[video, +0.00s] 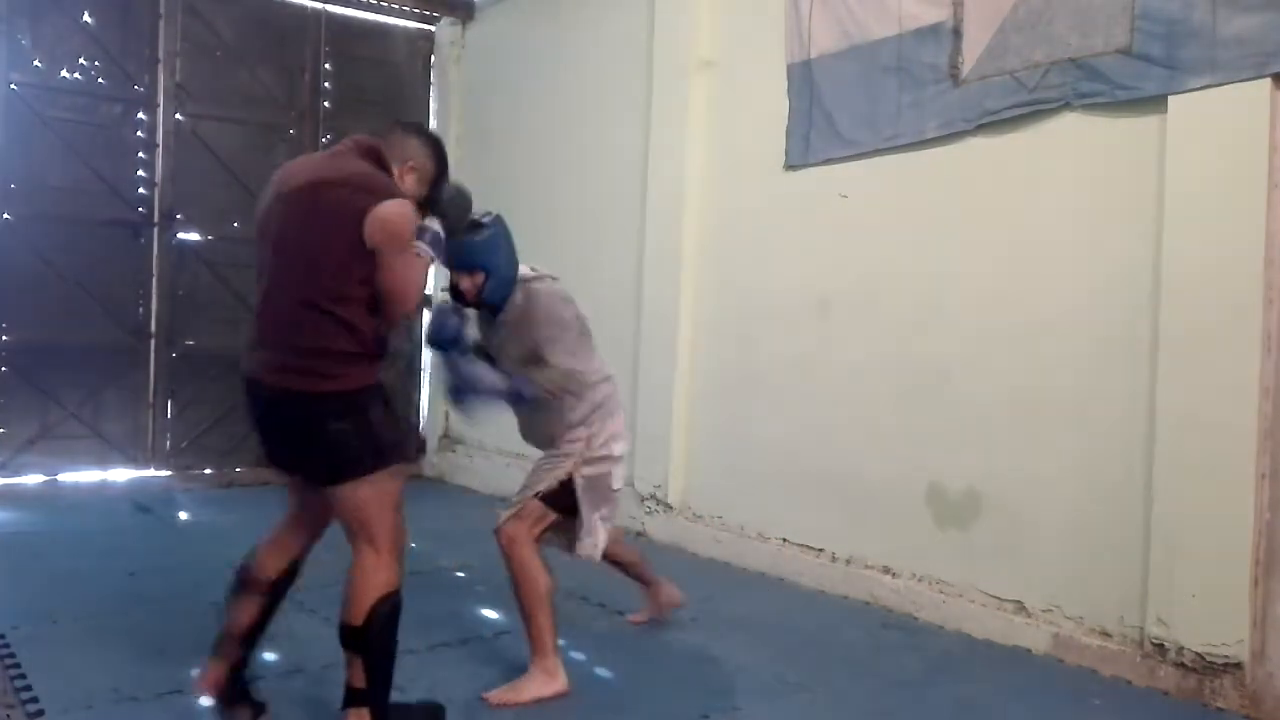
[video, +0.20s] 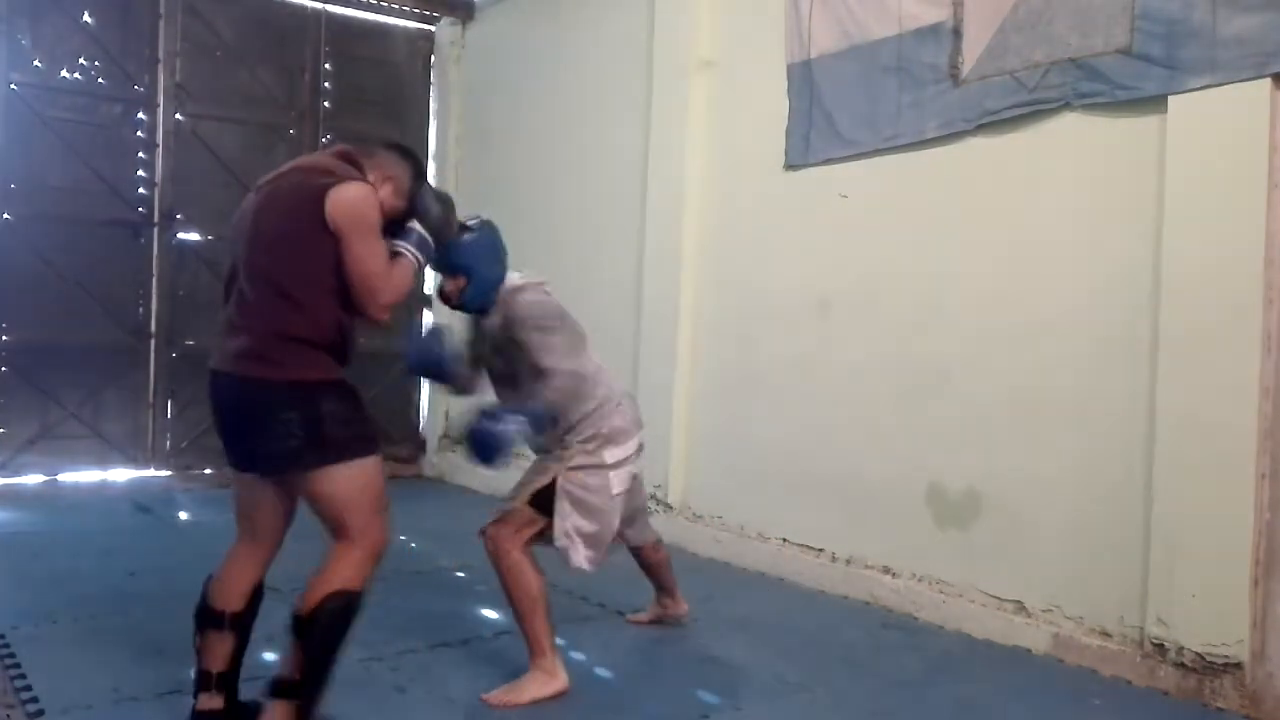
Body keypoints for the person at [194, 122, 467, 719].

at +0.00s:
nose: (416, 198)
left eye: (422, 193)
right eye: (420, 191)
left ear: (375, 148)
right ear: (407, 169)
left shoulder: (291, 175)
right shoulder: (389, 206)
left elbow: (289, 258)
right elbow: (402, 303)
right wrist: (420, 249)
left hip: (273, 387)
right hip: (341, 395)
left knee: (306, 515)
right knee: (378, 544)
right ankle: (365, 704)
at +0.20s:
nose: (386, 220)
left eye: (393, 214)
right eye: (394, 209)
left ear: (360, 160)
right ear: (383, 178)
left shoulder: (273, 187)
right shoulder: (350, 191)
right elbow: (381, 300)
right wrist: (417, 245)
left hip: (237, 382)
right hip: (303, 387)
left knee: (256, 536)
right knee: (362, 536)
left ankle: (212, 695)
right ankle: (290, 702)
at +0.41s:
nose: (377, 205)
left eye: (382, 199)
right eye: (383, 195)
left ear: (345, 154)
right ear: (369, 173)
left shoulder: (262, 183)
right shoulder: (337, 198)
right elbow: (361, 297)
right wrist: (398, 244)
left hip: (232, 383)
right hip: (292, 387)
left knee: (258, 532)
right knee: (306, 551)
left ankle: (201, 689)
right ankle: (272, 704)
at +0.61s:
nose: (338, 214)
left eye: (343, 207)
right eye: (343, 203)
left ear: (315, 164)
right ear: (331, 178)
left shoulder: (243, 193)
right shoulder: (292, 201)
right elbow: (344, 295)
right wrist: (377, 239)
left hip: (215, 394)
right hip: (269, 399)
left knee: (236, 520)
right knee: (306, 553)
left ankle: (147, 651)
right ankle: (270, 705)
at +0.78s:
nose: (284, 206)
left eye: (288, 197)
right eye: (284, 192)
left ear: (240, 171)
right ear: (261, 175)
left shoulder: (194, 210)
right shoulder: (234, 211)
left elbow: (274, 277)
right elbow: (306, 282)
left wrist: (313, 229)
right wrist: (333, 231)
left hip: (191, 405)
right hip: (238, 407)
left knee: (212, 531)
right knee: (260, 555)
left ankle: (123, 658)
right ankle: (259, 704)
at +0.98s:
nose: (250, 146)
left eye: (251, 137)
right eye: (245, 133)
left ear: (201, 130)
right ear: (217, 126)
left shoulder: (170, 173)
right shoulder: (213, 165)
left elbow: (199, 262)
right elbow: (215, 228)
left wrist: (264, 235)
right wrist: (264, 284)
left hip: (165, 349)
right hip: (204, 350)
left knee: (191, 491)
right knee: (215, 491)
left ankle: (125, 623)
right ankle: (149, 647)